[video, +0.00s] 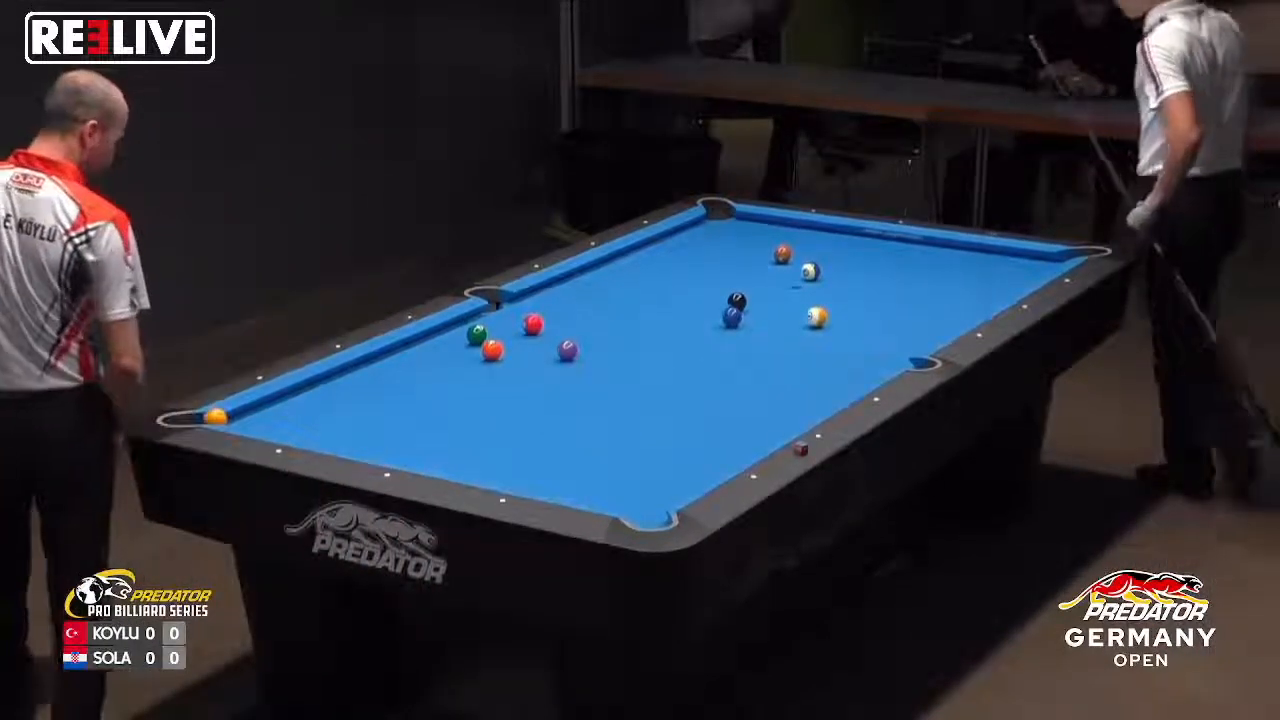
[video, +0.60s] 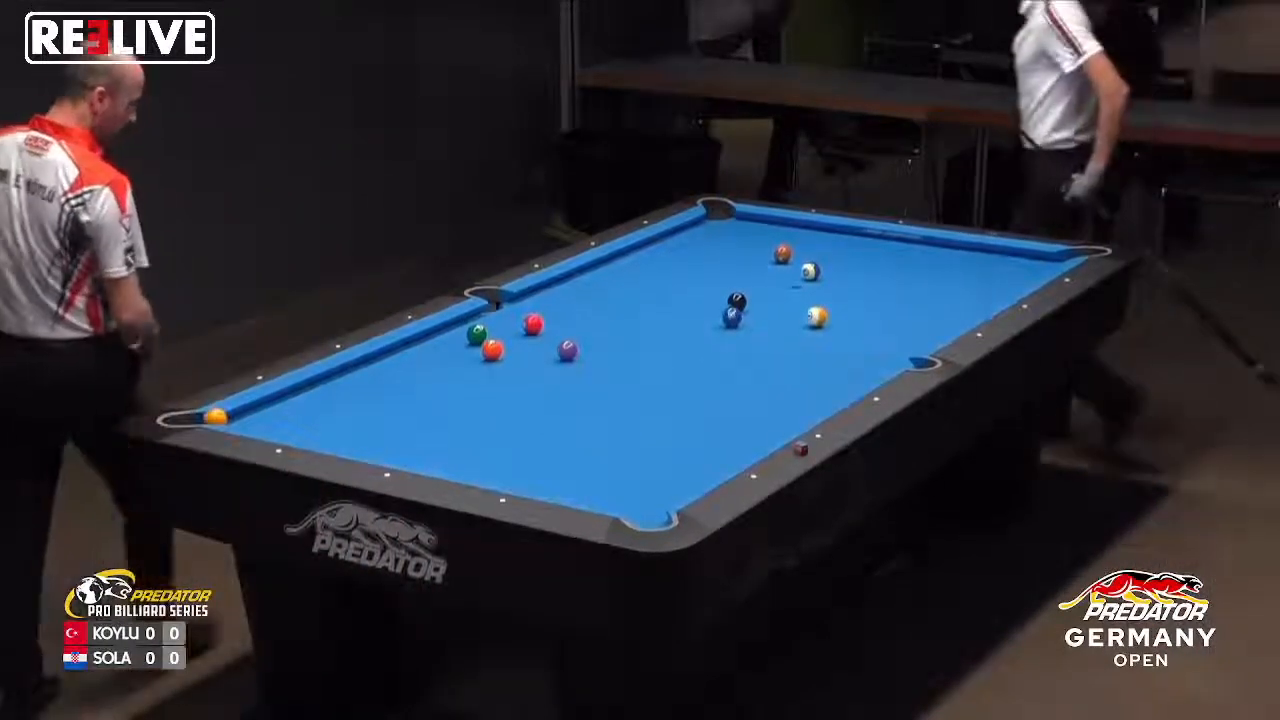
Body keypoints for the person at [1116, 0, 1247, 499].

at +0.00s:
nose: (1120, 5)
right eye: (1118, 1)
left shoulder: (1162, 40)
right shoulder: (1226, 25)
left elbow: (1185, 135)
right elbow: (1228, 118)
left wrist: (1153, 202)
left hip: (1182, 198)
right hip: (1223, 193)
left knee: (1174, 332)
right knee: (1199, 329)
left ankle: (1187, 464)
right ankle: (1237, 443)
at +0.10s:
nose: (1107, 1)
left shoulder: (1152, 34)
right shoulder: (1205, 20)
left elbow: (1186, 127)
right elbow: (1211, 116)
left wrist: (1152, 198)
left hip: (1169, 191)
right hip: (1199, 184)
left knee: (1167, 331)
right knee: (1176, 327)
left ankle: (1188, 467)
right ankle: (1200, 455)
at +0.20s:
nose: (1087, 8)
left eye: (1088, 5)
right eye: (1087, 6)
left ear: (1102, 1)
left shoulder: (1137, 29)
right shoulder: (1165, 18)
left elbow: (1183, 116)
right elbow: (1189, 117)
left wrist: (1153, 191)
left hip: (1144, 192)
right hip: (1147, 186)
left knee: (1150, 325)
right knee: (1132, 313)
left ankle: (1189, 463)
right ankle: (1130, 421)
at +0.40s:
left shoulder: (1103, 22)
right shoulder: (1087, 25)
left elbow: (1159, 100)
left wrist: (1134, 184)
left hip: (1108, 189)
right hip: (1094, 183)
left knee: (1127, 336)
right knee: (1075, 319)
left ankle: (1187, 464)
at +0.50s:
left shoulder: (1084, 17)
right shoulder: (1064, 22)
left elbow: (1141, 95)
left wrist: (1122, 178)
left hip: (1091, 181)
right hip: (1067, 176)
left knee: (1097, 327)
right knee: (1054, 316)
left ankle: (1163, 444)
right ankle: (1051, 417)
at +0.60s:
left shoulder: (1058, 13)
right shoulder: (1037, 18)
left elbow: (1113, 90)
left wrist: (1094, 171)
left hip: (1062, 168)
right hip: (1046, 163)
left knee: (1036, 299)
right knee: (1038, 297)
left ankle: (1114, 398)